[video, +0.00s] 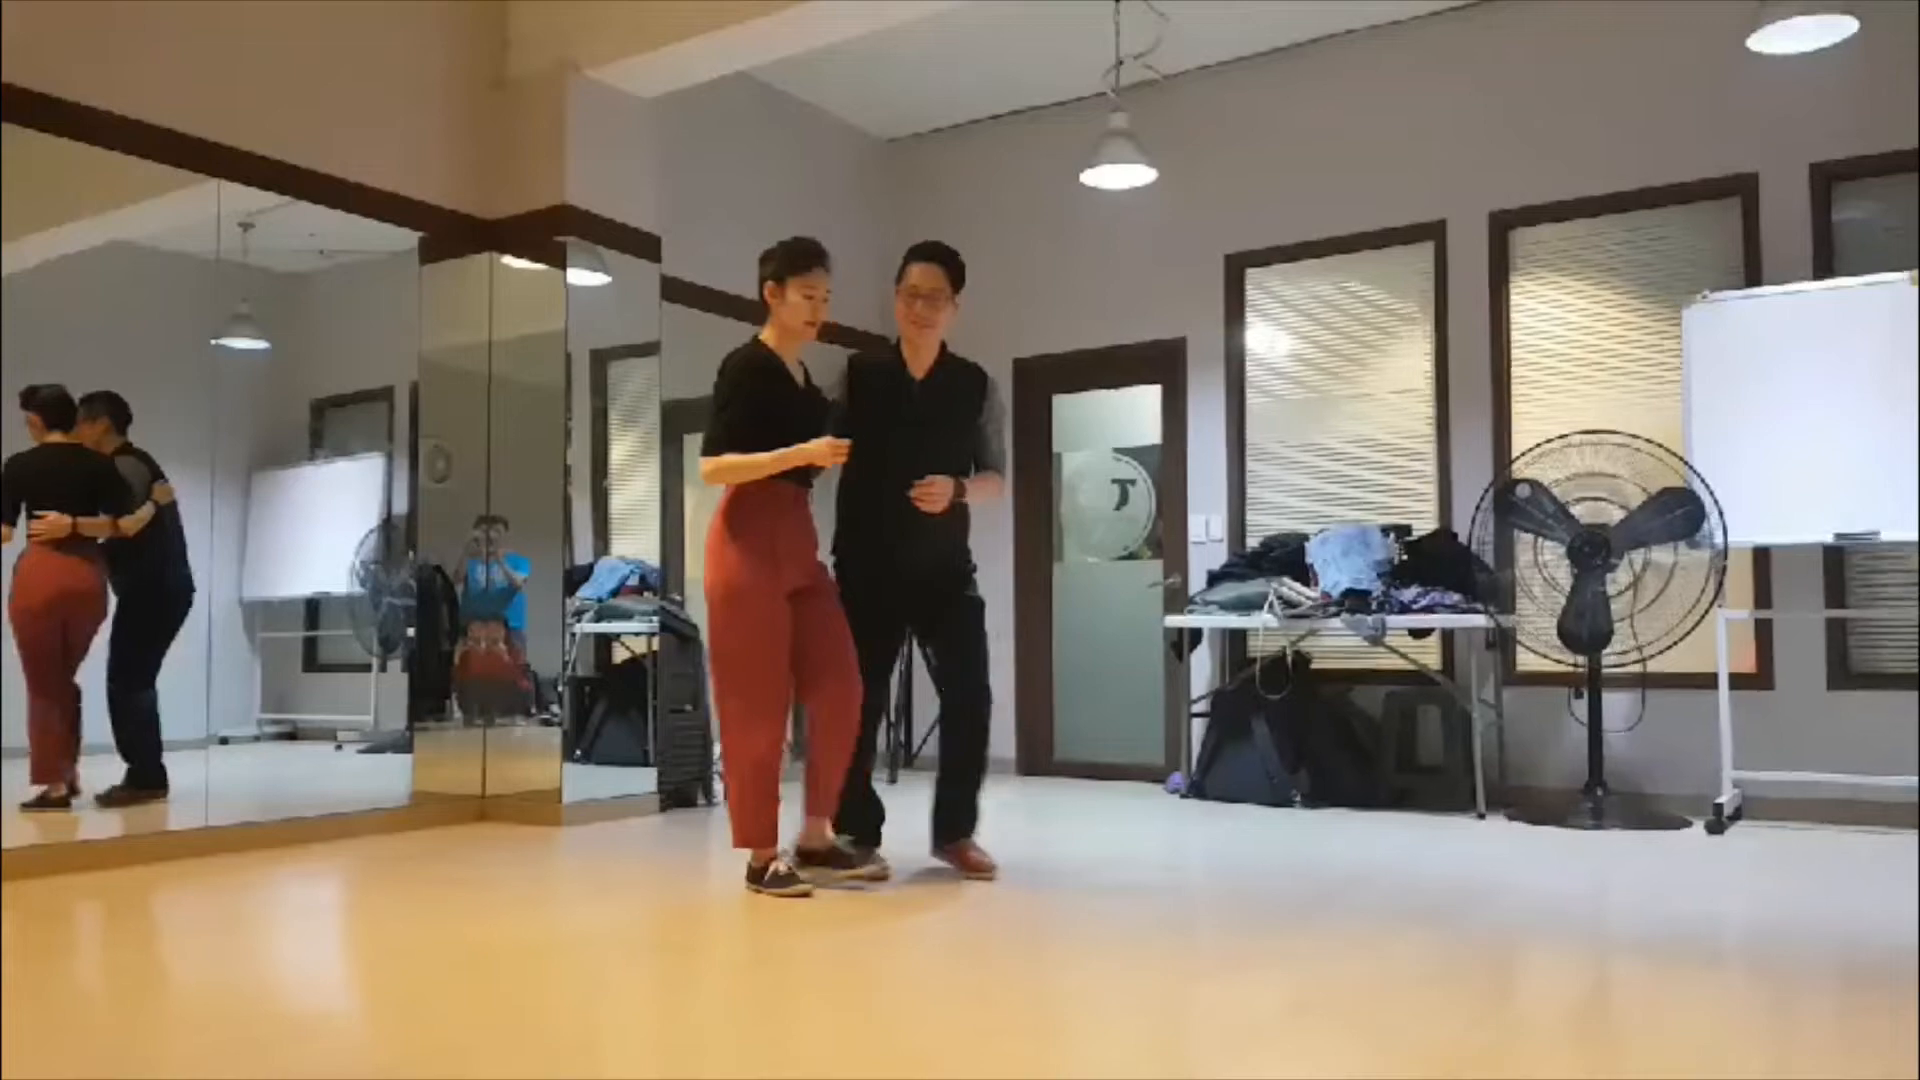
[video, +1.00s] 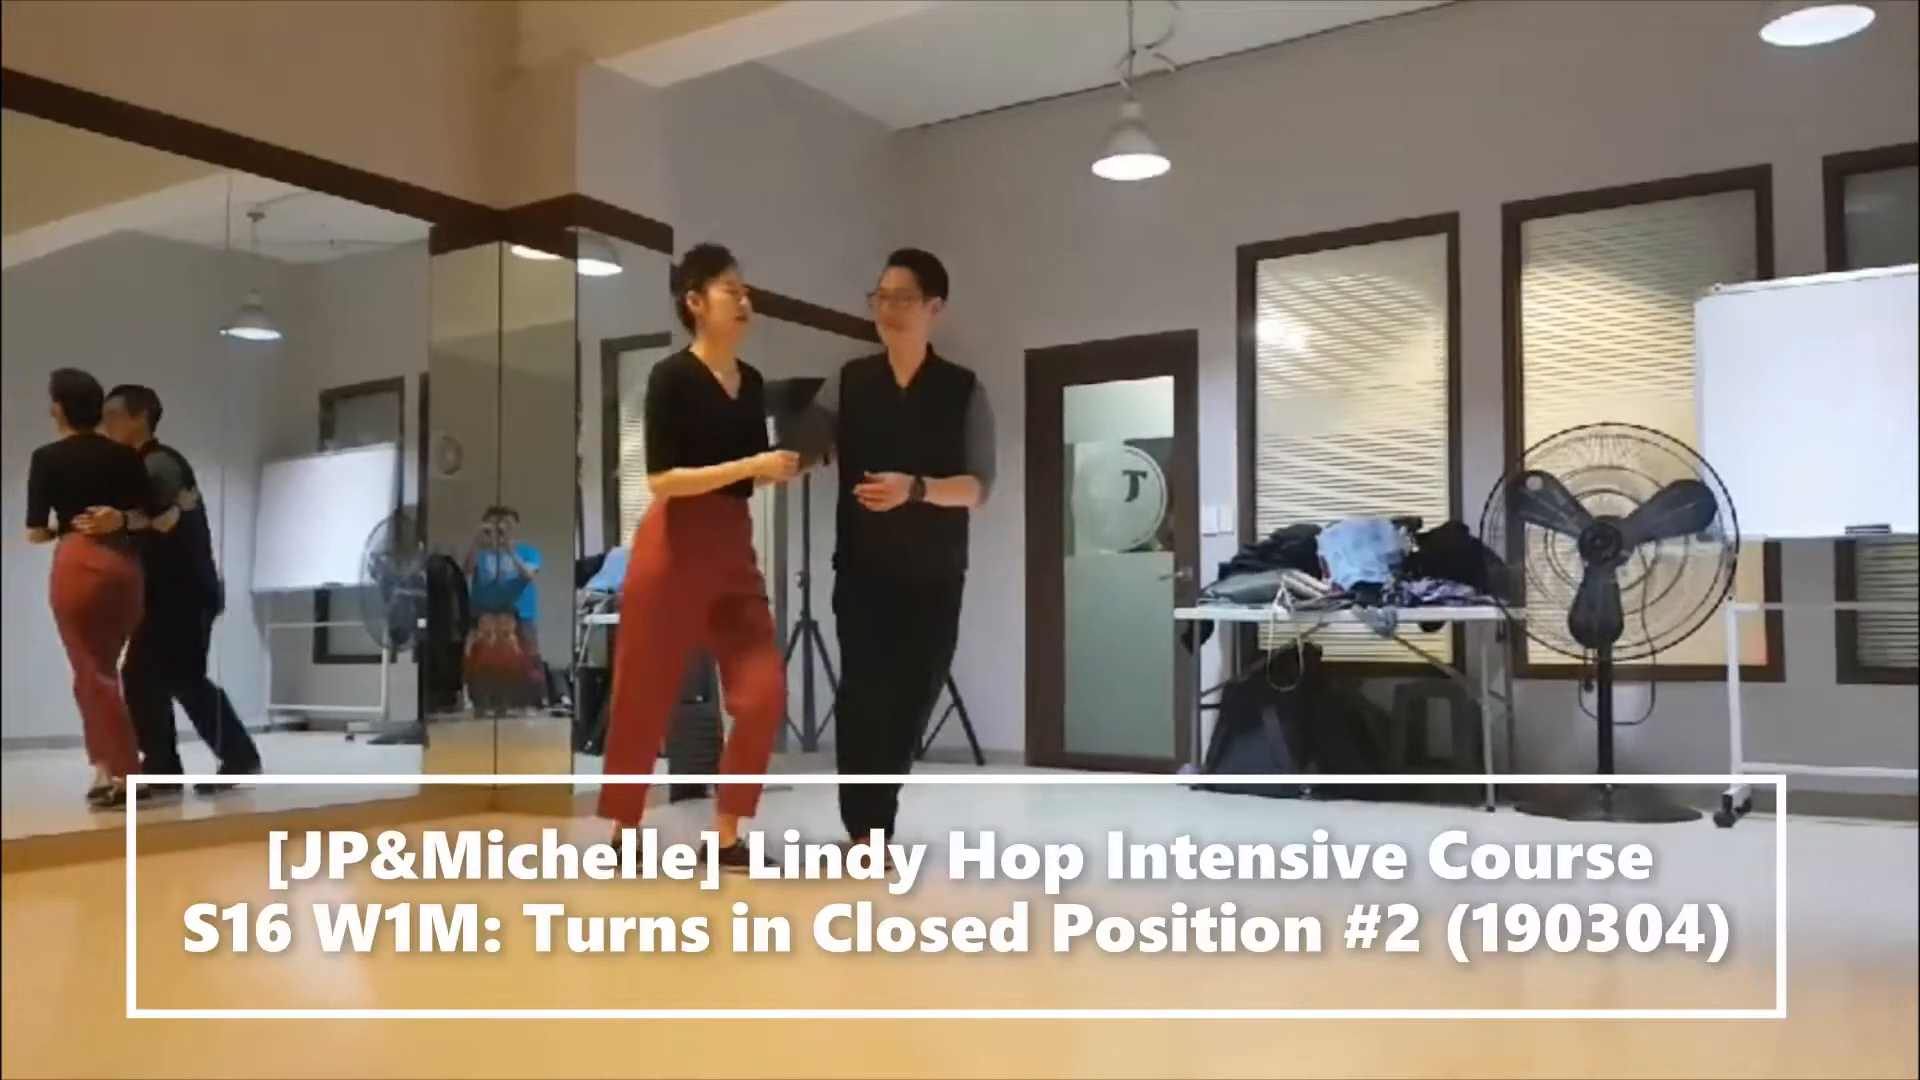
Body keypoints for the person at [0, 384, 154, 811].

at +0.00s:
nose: (25, 425)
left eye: (26, 420)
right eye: (27, 419)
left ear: (34, 422)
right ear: (72, 418)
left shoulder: (19, 466)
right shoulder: (96, 462)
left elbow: (5, 532)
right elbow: (129, 521)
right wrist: (153, 504)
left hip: (38, 569)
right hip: (89, 570)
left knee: (43, 683)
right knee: (64, 677)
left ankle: (53, 785)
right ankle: (66, 773)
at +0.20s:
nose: (90, 436)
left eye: (96, 428)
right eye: (90, 428)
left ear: (121, 428)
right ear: (120, 429)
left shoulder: (142, 468)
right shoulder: (133, 466)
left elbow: (143, 524)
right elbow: (136, 524)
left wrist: (88, 530)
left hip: (171, 595)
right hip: (150, 595)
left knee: (142, 683)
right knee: (135, 684)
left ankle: (197, 755)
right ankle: (150, 775)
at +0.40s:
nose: (103, 436)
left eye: (110, 427)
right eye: (103, 428)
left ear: (134, 429)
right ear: (131, 431)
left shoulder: (155, 468)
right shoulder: (136, 470)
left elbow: (162, 522)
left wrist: (109, 527)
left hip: (187, 594)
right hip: (156, 594)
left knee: (177, 682)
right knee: (141, 684)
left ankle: (234, 765)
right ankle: (155, 780)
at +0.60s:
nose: (116, 427)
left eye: (123, 419)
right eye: (116, 419)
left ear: (147, 421)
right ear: (141, 422)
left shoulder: (168, 459)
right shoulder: (142, 463)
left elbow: (172, 511)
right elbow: (145, 514)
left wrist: (126, 516)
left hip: (205, 582)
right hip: (167, 583)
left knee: (211, 677)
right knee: (153, 676)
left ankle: (241, 769)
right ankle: (155, 770)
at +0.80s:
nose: (115, 425)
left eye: (122, 416)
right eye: (115, 417)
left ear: (149, 417)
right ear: (147, 419)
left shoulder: (170, 458)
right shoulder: (150, 463)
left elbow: (170, 505)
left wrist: (127, 511)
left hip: (209, 582)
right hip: (177, 585)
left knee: (217, 673)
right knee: (148, 673)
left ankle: (244, 768)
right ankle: (154, 769)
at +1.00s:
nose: (107, 429)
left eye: (113, 419)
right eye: (106, 420)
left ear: (143, 419)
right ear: (139, 421)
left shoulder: (162, 463)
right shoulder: (140, 465)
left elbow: (165, 517)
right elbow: (145, 517)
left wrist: (120, 520)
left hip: (187, 589)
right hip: (161, 588)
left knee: (183, 674)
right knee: (141, 676)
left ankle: (242, 759)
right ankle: (162, 771)